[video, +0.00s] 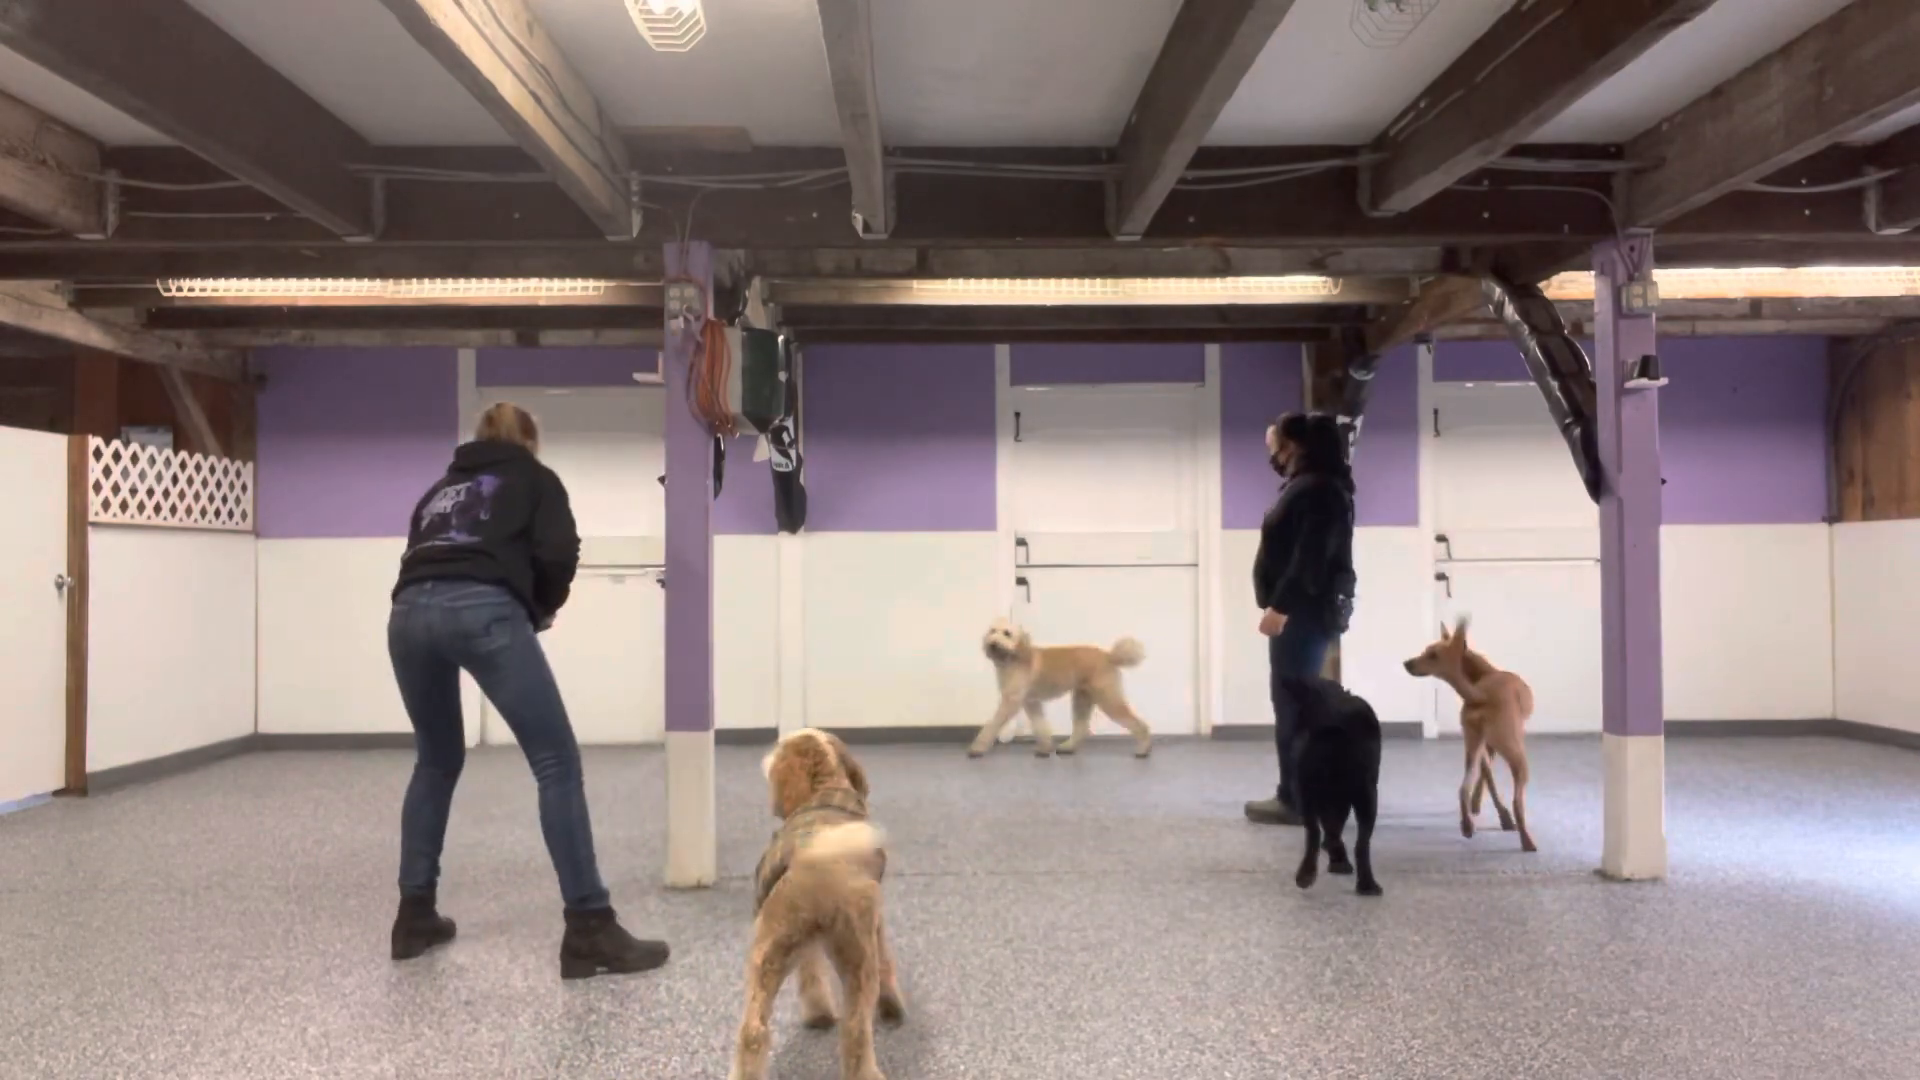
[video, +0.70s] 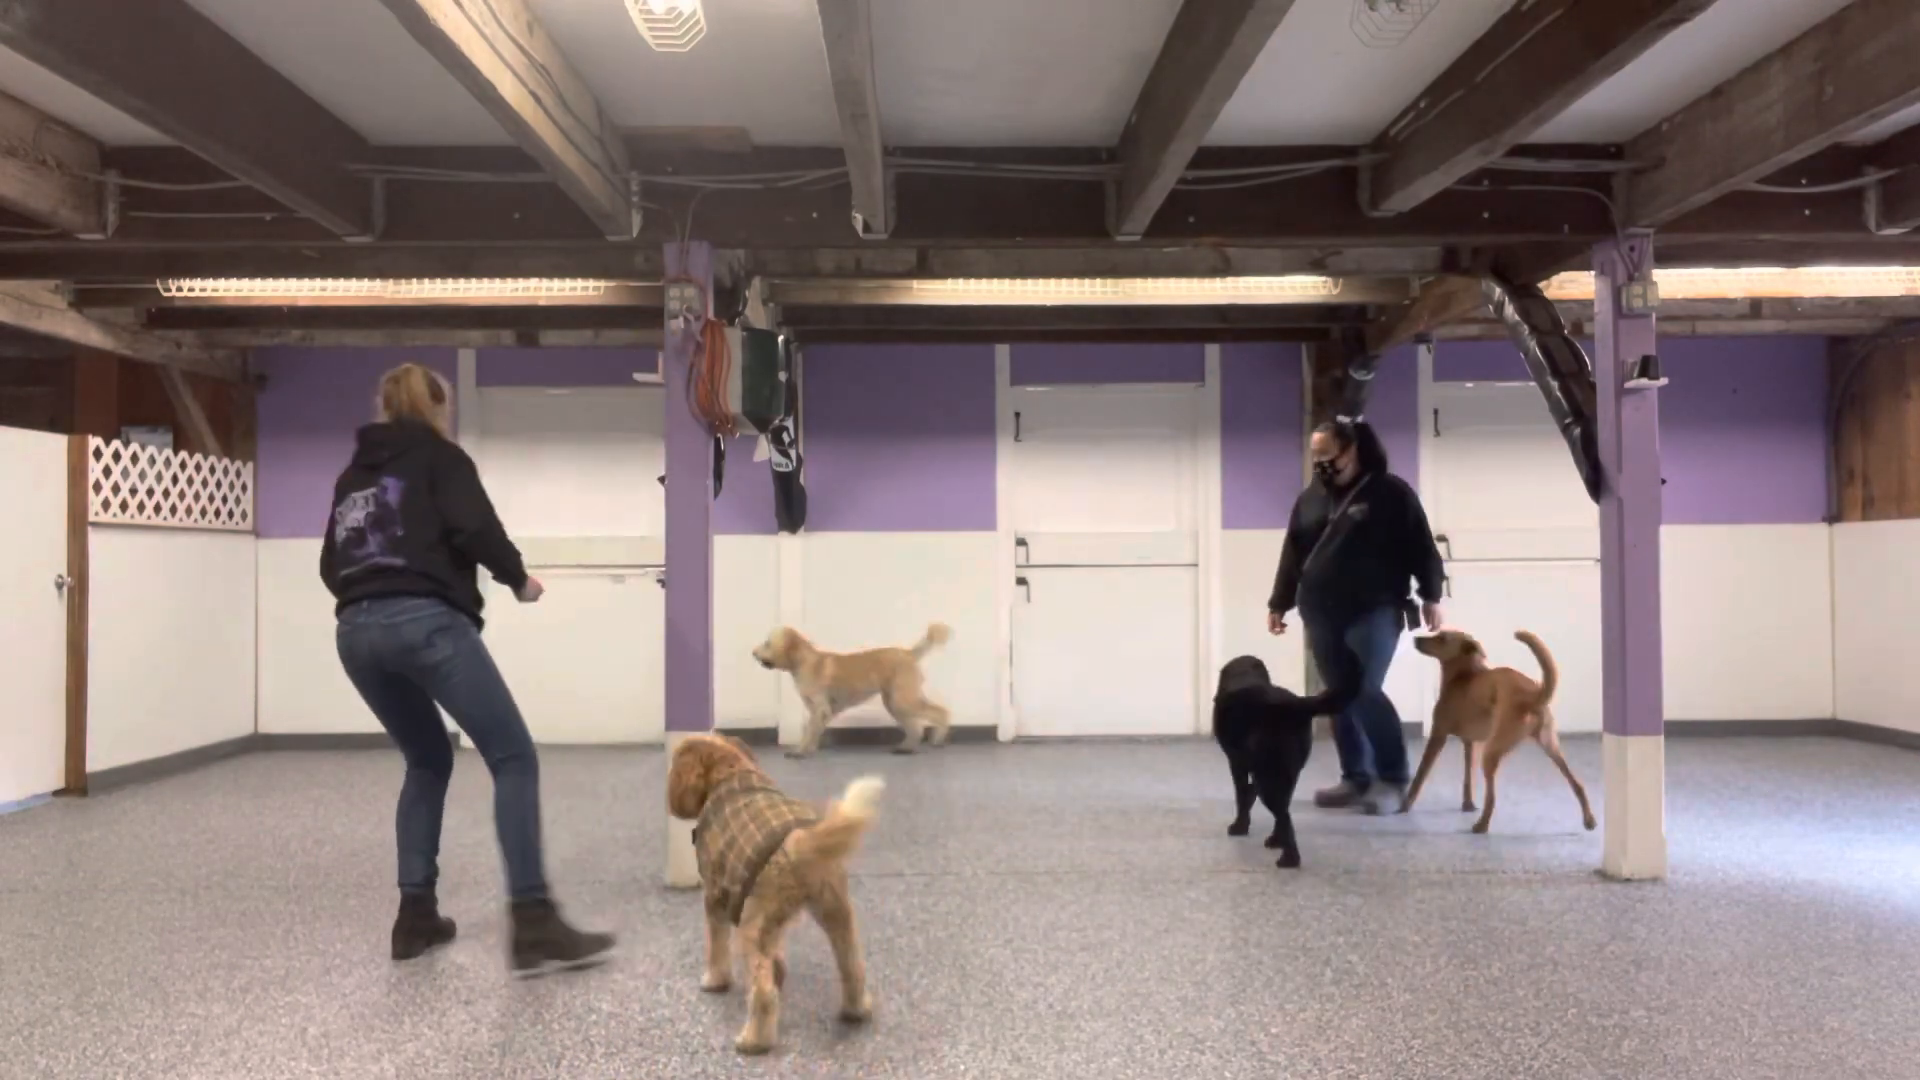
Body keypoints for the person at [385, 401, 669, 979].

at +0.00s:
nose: (537, 449)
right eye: (535, 440)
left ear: (480, 437)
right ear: (529, 441)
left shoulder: (442, 484)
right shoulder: (537, 477)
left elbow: (421, 555)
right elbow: (558, 550)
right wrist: (541, 609)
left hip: (411, 612)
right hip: (486, 609)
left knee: (436, 759)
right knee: (556, 763)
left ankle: (414, 915)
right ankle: (590, 926)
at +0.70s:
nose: (448, 417)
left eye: (445, 408)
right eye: (446, 408)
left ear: (387, 409)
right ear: (436, 406)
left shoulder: (354, 470)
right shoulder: (443, 457)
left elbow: (332, 561)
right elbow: (478, 530)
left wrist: (373, 598)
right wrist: (520, 579)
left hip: (356, 629)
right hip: (426, 619)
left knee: (427, 759)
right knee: (512, 758)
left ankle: (415, 915)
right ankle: (534, 920)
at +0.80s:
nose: (437, 408)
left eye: (434, 399)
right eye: (435, 398)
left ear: (372, 397)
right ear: (422, 397)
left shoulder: (341, 460)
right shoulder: (424, 450)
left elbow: (327, 549)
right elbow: (459, 524)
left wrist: (378, 579)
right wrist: (504, 572)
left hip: (343, 623)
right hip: (409, 616)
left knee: (420, 757)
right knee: (487, 754)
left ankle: (414, 912)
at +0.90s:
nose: (421, 398)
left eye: (419, 388)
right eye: (419, 388)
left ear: (358, 389)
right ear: (409, 388)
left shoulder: (326, 451)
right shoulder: (410, 444)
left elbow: (312, 540)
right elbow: (446, 521)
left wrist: (357, 579)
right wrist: (489, 569)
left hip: (328, 620)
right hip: (393, 616)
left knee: (410, 761)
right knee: (446, 759)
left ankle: (414, 913)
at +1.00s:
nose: (406, 395)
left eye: (404, 385)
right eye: (403, 385)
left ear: (340, 382)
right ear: (390, 386)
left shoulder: (304, 446)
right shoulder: (387, 442)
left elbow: (286, 535)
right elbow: (426, 522)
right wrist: (463, 569)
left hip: (301, 621)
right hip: (360, 622)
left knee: (392, 765)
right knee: (383, 773)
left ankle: (413, 911)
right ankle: (267, 911)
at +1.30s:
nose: (365, 405)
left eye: (365, 393)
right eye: (363, 393)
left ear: (304, 383)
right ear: (350, 391)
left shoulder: (262, 437)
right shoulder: (332, 443)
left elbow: (230, 528)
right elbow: (351, 530)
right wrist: (396, 591)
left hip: (236, 621)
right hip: (289, 625)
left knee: (338, 736)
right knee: (309, 779)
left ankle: (325, 893)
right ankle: (231, 930)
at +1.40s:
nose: (349, 405)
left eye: (349, 394)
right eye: (347, 394)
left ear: (287, 385)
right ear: (332, 391)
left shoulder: (247, 438)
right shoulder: (316, 442)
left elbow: (210, 526)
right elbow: (323, 528)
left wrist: (249, 582)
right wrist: (372, 595)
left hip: (223, 619)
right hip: (275, 621)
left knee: (293, 756)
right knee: (301, 772)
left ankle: (263, 890)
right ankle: (230, 931)